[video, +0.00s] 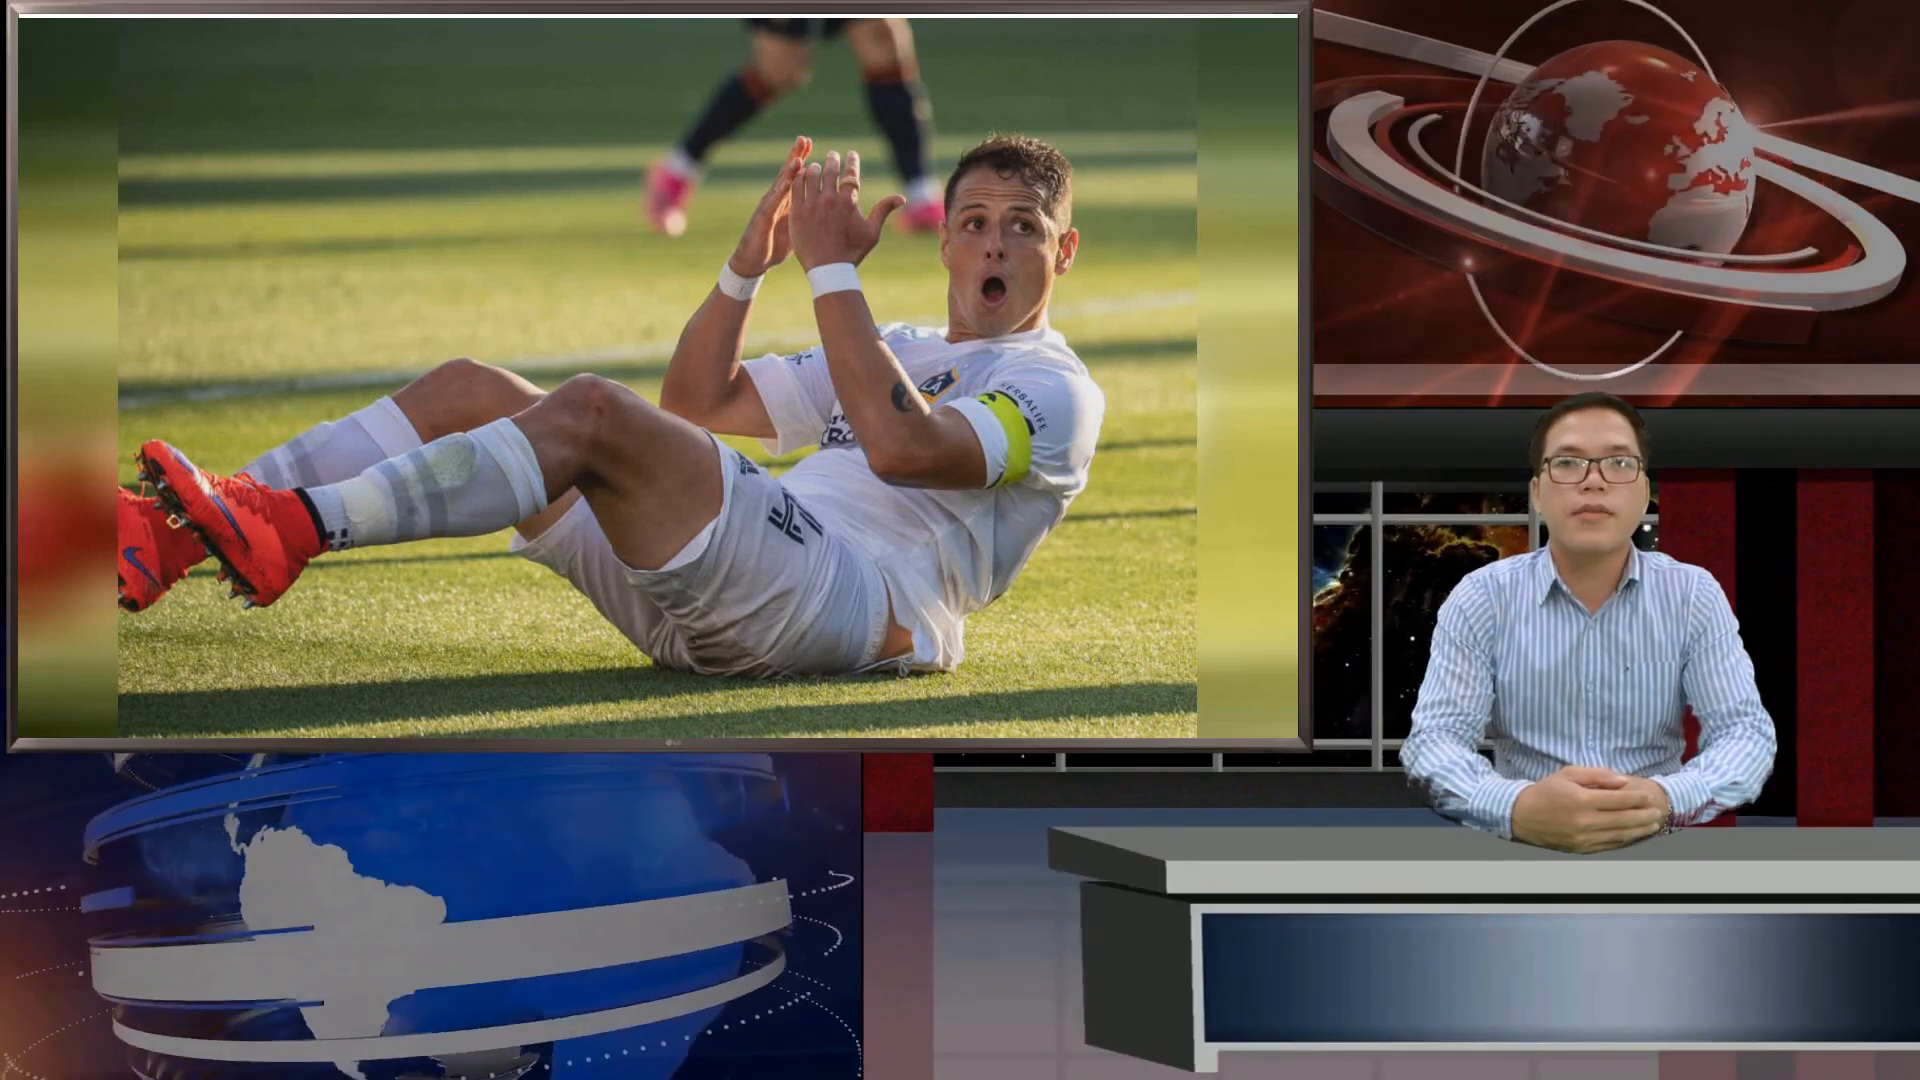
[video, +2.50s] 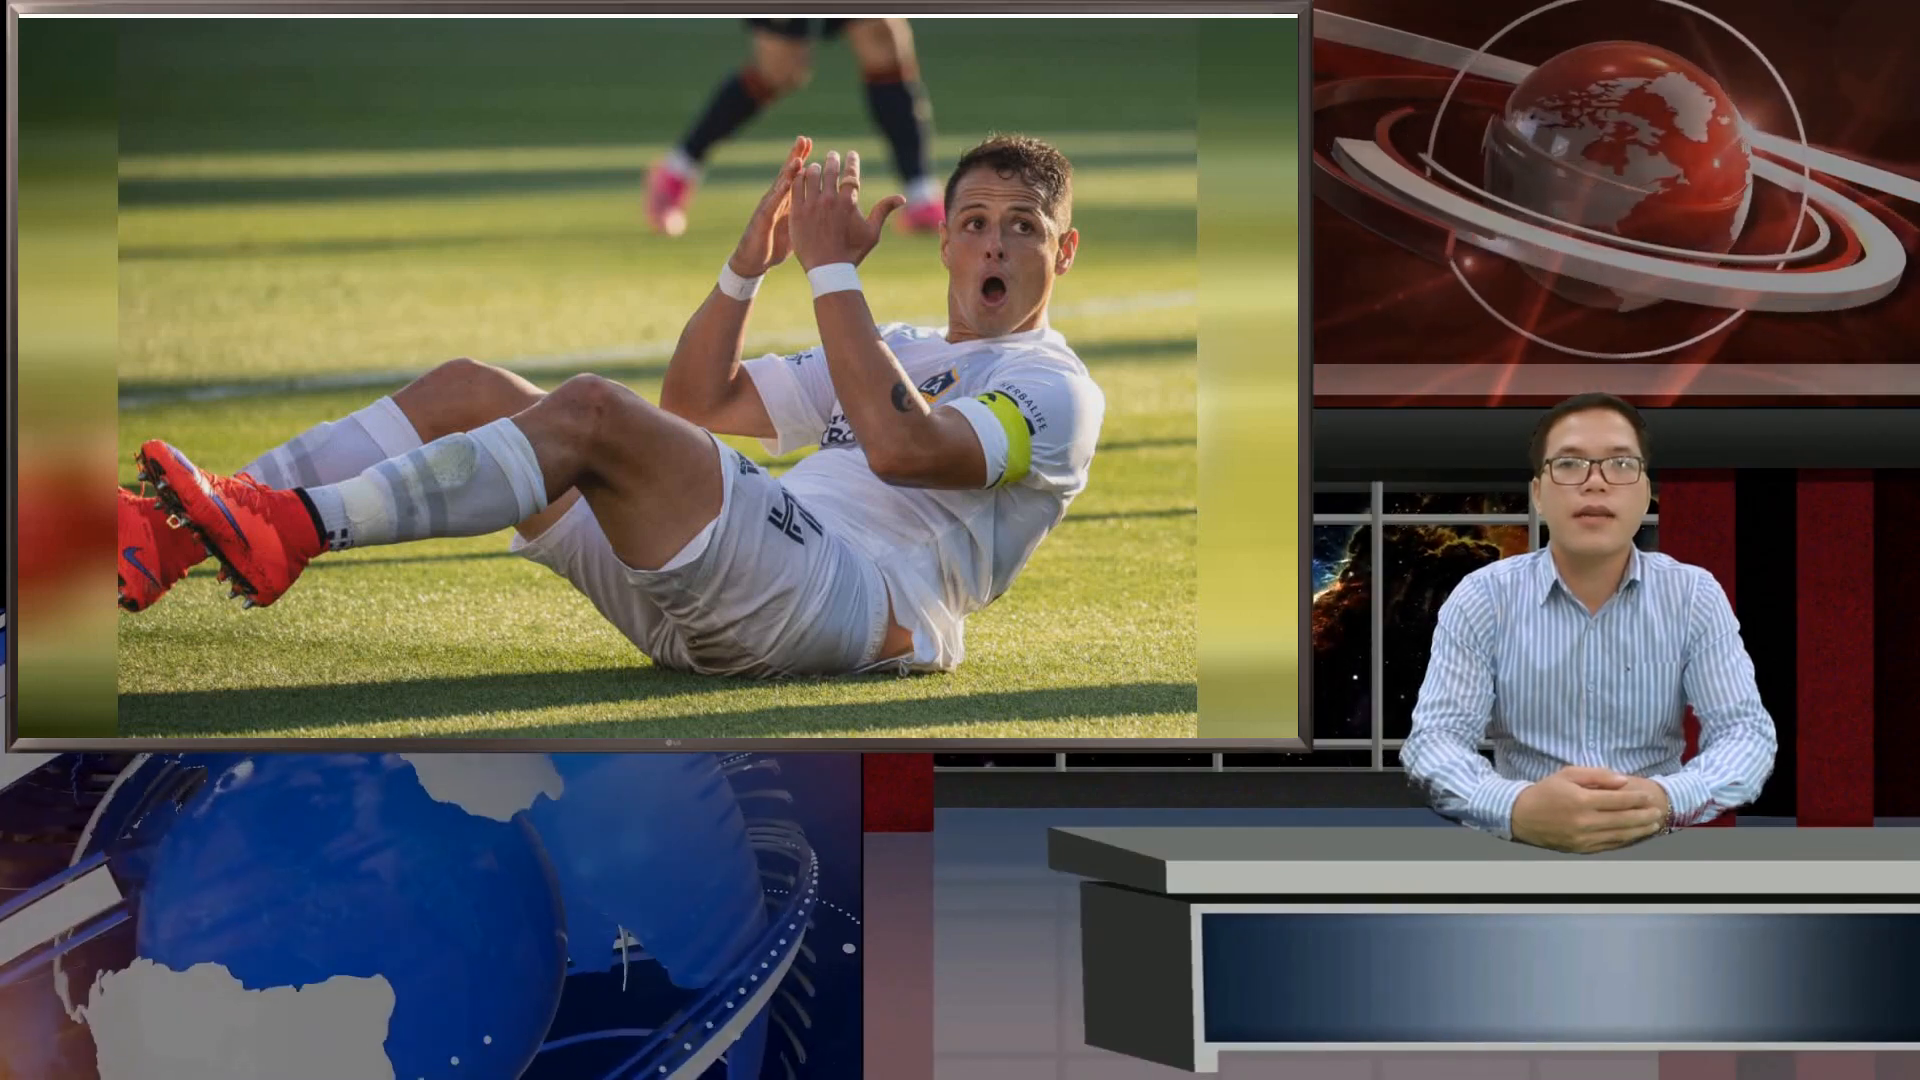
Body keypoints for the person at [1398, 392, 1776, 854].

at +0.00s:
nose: (1593, 481)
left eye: (1617, 463)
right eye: (1568, 463)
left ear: (1645, 493)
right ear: (1537, 494)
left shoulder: (1689, 597)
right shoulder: (1483, 600)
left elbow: (1745, 734)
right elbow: (1432, 745)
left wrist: (1667, 800)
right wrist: (1514, 809)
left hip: (1656, 852)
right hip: (1520, 856)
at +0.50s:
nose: (1594, 482)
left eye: (1618, 464)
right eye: (1568, 463)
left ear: (1645, 494)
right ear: (1538, 494)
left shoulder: (1690, 598)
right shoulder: (1484, 600)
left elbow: (1744, 735)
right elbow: (1432, 745)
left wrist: (1667, 799)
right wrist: (1515, 809)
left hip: (1655, 850)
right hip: (1518, 853)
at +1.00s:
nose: (1594, 482)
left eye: (1618, 464)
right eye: (1568, 464)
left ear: (1646, 495)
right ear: (1538, 495)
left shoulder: (1690, 598)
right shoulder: (1484, 601)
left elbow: (1744, 735)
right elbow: (1432, 745)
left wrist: (1667, 800)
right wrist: (1515, 809)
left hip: (1654, 849)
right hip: (1517, 853)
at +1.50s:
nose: (1594, 482)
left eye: (1618, 464)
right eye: (1568, 464)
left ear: (1645, 495)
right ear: (1538, 495)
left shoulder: (1690, 598)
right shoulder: (1484, 601)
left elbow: (1745, 735)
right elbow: (1432, 745)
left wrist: (1667, 800)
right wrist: (1514, 809)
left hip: (1657, 853)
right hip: (1520, 857)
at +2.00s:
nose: (1595, 482)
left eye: (1619, 464)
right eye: (1569, 464)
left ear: (1646, 495)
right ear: (1538, 495)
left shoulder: (1690, 598)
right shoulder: (1484, 601)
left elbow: (1744, 735)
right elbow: (1432, 745)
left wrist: (1667, 800)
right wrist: (1515, 809)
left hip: (1656, 852)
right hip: (1519, 855)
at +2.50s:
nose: (1595, 482)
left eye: (1619, 464)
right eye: (1569, 464)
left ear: (1646, 494)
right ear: (1538, 495)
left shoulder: (1690, 598)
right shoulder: (1484, 601)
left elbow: (1745, 735)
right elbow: (1432, 745)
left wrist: (1667, 800)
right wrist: (1514, 809)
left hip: (1657, 853)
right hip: (1521, 857)